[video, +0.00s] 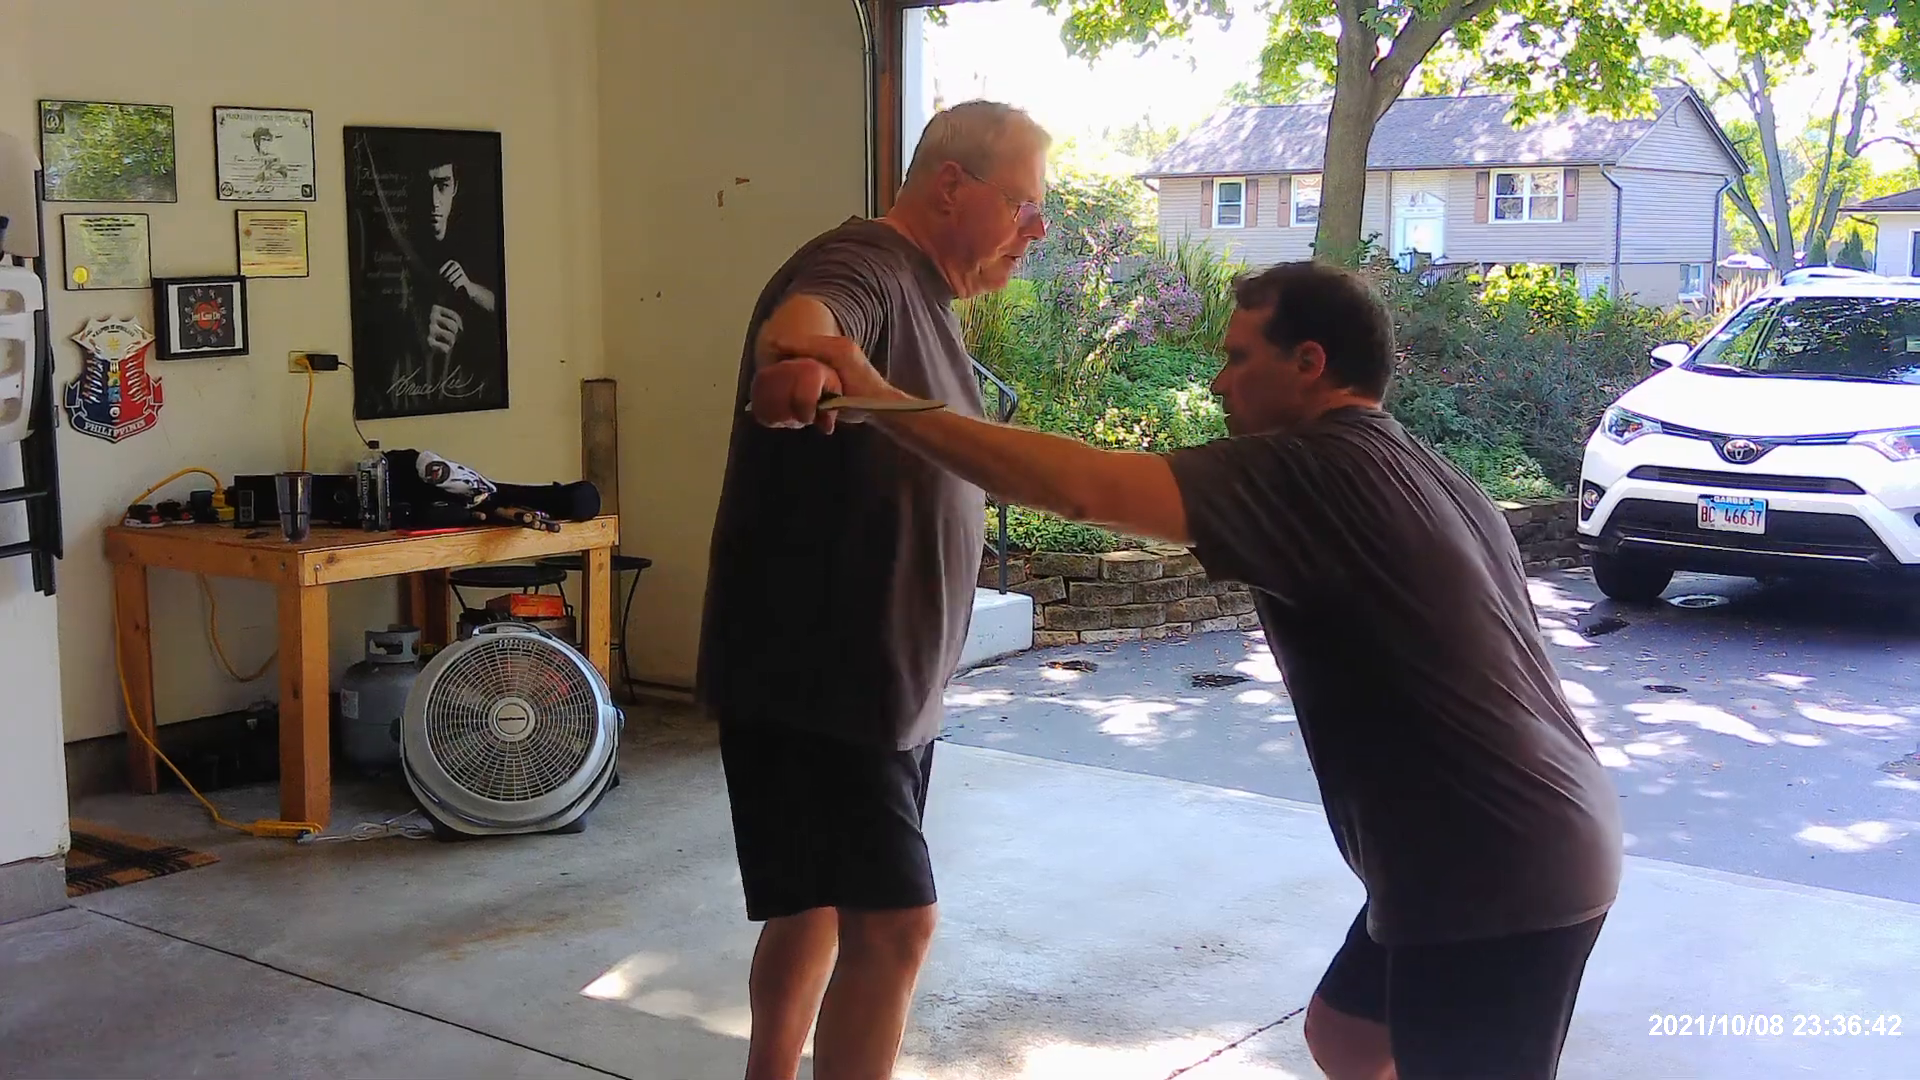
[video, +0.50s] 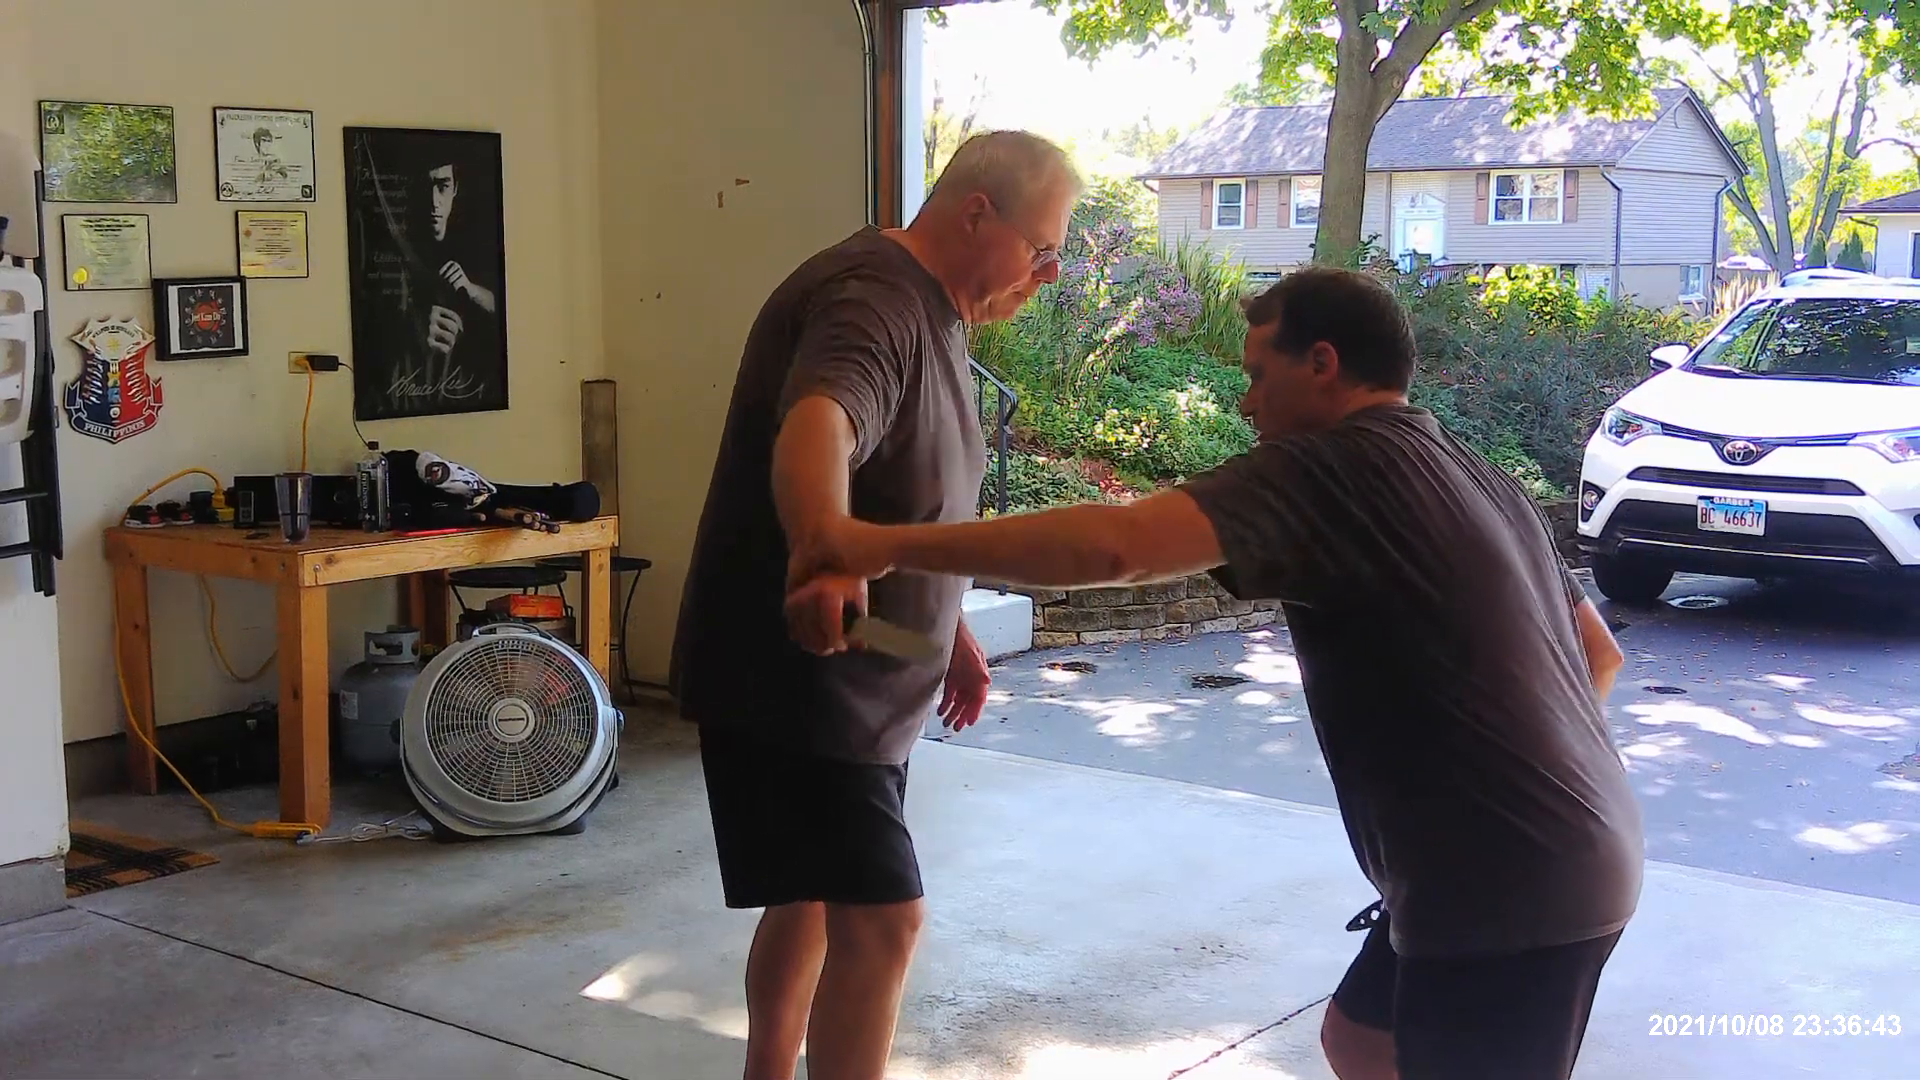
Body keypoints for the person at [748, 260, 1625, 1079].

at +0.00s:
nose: (1220, 377)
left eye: (1238, 355)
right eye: (1225, 354)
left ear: (1310, 364)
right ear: (1330, 370)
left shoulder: (1326, 466)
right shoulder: (1437, 474)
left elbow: (1095, 484)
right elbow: (1523, 653)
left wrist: (885, 405)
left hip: (1495, 871)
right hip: (1514, 842)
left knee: (1453, 1068)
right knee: (1348, 1029)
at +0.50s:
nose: (1246, 393)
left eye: (1257, 370)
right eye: (1246, 370)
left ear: (1321, 364)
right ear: (1354, 369)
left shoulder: (1340, 465)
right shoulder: (1472, 473)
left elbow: (1116, 542)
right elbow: (1597, 654)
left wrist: (889, 543)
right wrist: (1500, 776)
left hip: (1508, 874)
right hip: (1563, 842)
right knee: (1360, 1036)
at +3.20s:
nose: (1185, 509)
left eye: (1194, 486)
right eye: (1184, 487)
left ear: (1263, 490)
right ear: (1264, 490)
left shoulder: (1413, 553)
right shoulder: (1284, 597)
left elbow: (1466, 787)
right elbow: (1146, 731)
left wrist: (1341, 723)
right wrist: (984, 791)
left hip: (1636, 882)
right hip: (1498, 876)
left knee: (1575, 1065)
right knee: (1365, 1048)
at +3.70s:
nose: (1209, 493)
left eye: (1217, 468)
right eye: (1208, 469)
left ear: (1289, 462)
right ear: (1288, 465)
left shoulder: (1439, 540)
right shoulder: (1297, 574)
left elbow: (1479, 771)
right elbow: (1148, 698)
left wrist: (1350, 710)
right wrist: (990, 738)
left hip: (1639, 879)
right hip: (1504, 872)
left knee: (1593, 1066)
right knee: (1376, 1050)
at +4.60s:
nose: (1154, 431)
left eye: (1169, 406)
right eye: (1147, 409)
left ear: (1258, 396)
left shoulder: (1378, 468)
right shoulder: (1206, 512)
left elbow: (1412, 669)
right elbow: (1077, 581)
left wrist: (1250, 599)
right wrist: (953, 589)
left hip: (1579, 805)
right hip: (1439, 822)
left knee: (1600, 1065)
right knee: (1343, 1046)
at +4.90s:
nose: (1150, 409)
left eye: (1170, 382)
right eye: (1143, 387)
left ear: (1257, 370)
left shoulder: (1375, 447)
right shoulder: (1189, 494)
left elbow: (1413, 641)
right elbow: (1044, 571)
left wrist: (1246, 583)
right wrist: (899, 612)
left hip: (1540, 798)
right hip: (1395, 819)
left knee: (1565, 1067)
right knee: (1309, 1048)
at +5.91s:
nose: (1213, 376)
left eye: (1235, 349)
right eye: (1203, 354)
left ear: (1318, 332)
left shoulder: (1406, 422)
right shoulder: (1244, 462)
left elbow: (1395, 603)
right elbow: (1151, 571)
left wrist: (1259, 555)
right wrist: (1061, 651)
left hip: (1494, 815)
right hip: (1356, 825)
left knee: (1527, 1063)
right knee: (1299, 1053)